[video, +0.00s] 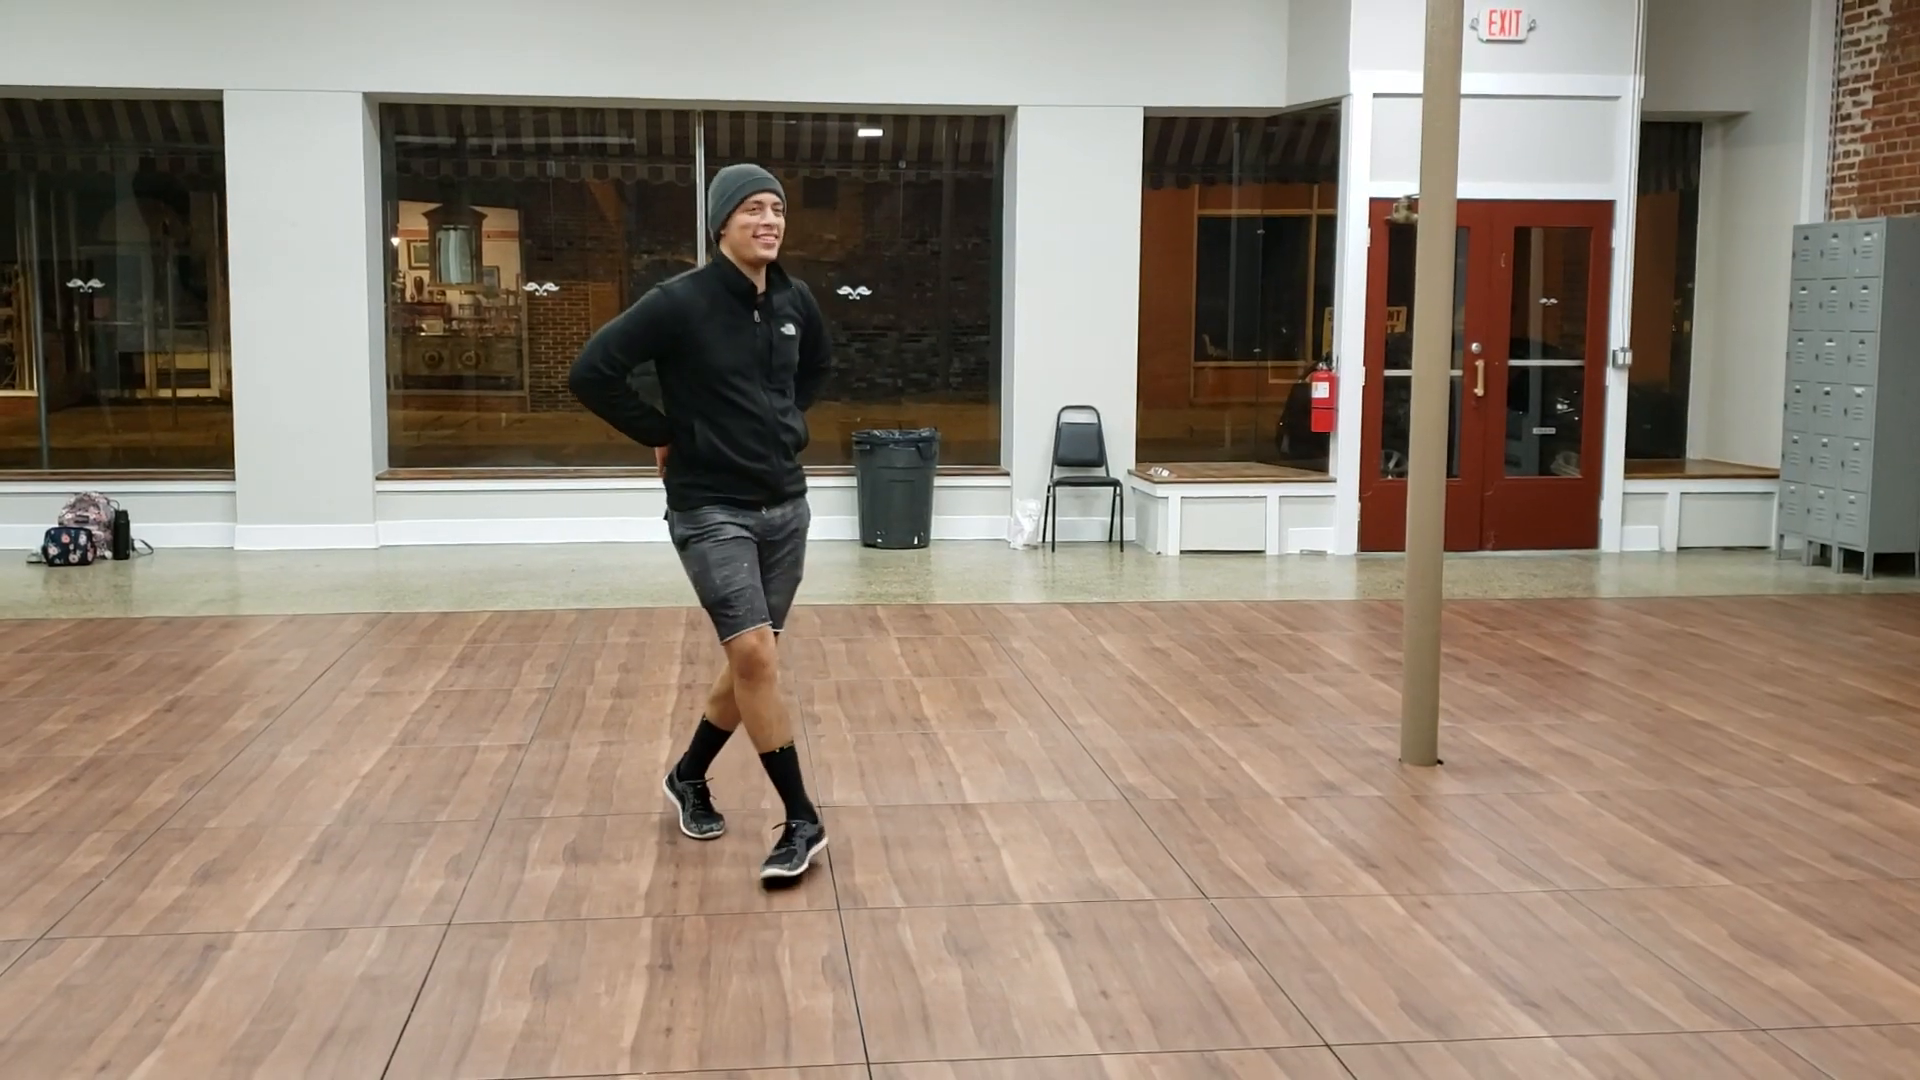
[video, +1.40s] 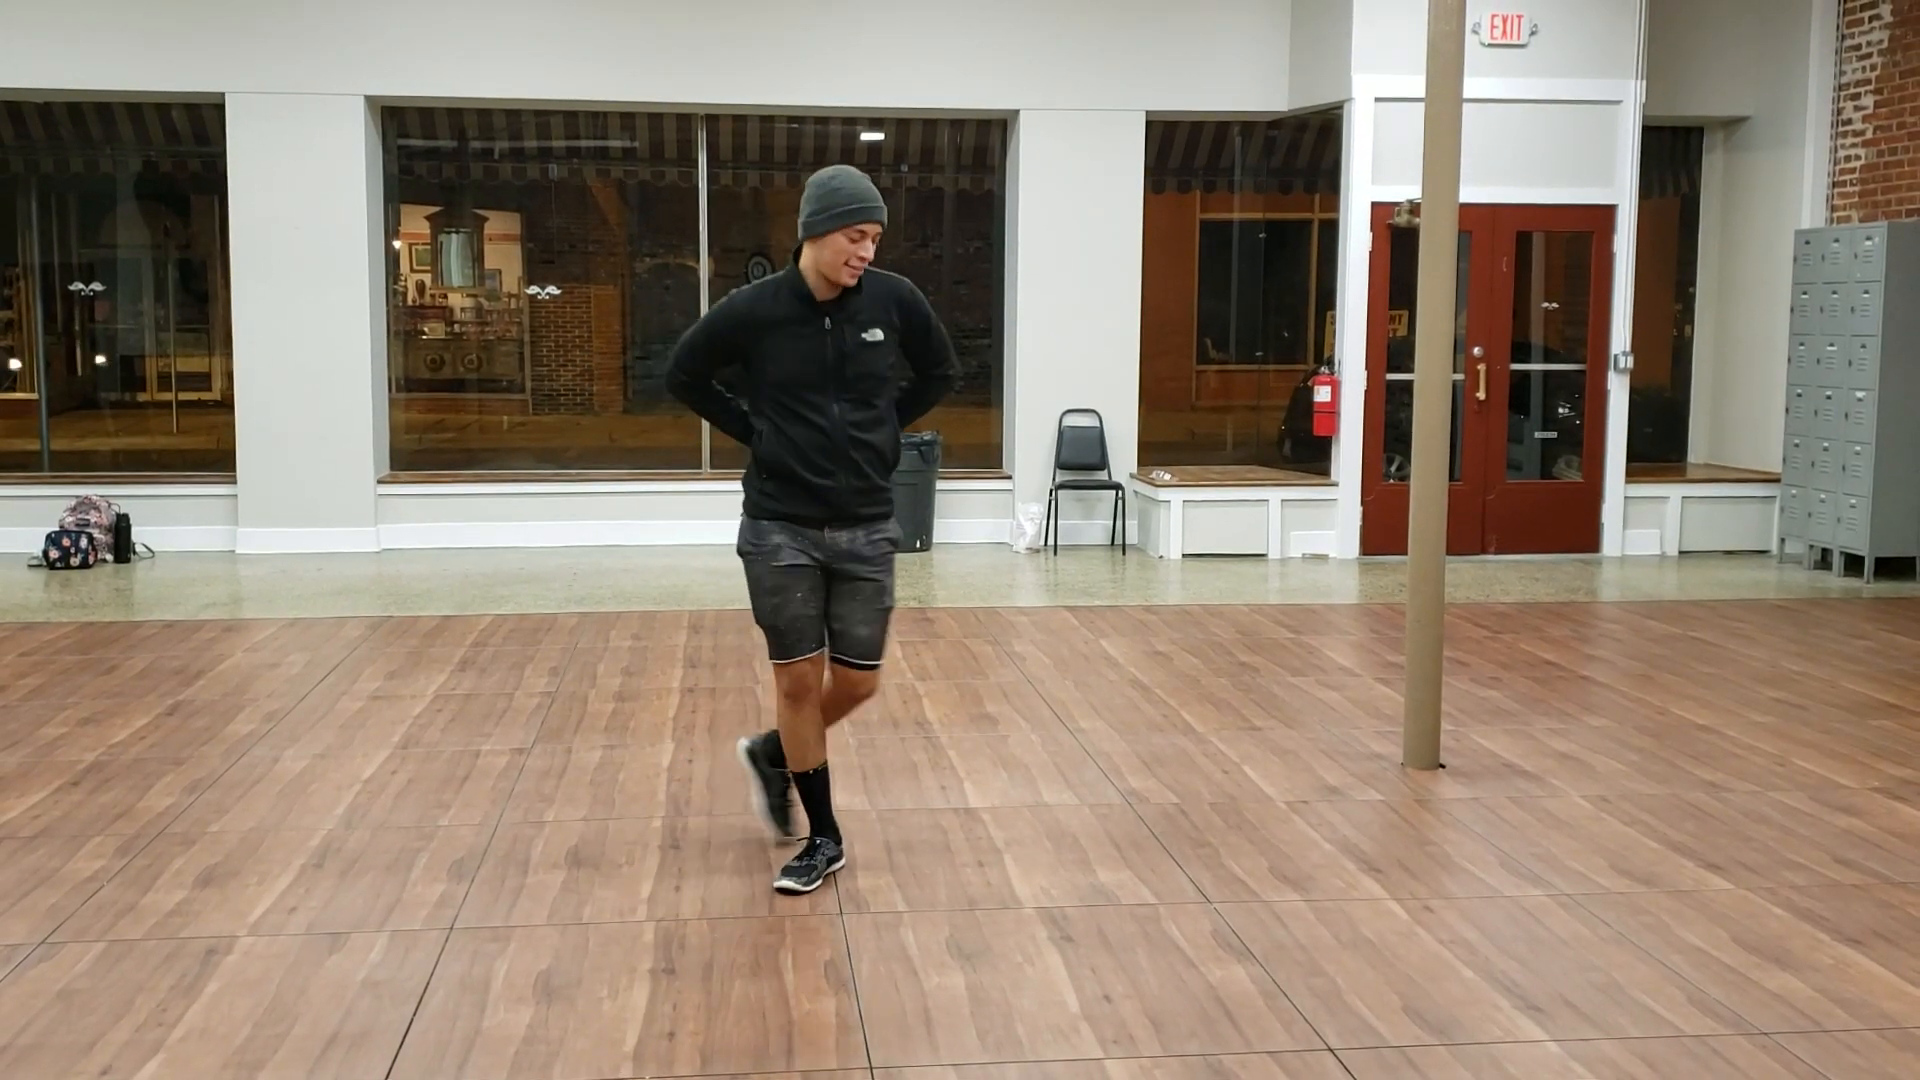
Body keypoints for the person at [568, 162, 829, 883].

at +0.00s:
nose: (769, 220)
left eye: (777, 210)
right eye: (754, 209)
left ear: (783, 226)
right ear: (719, 223)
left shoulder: (794, 302)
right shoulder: (679, 301)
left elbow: (818, 362)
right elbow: (590, 375)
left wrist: (786, 415)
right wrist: (660, 434)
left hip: (783, 504)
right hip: (707, 506)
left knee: (755, 659)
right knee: (753, 652)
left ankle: (688, 774)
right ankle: (801, 818)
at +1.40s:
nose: (863, 252)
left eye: (872, 239)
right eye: (851, 236)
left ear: (877, 241)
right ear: (811, 232)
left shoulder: (895, 300)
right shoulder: (754, 308)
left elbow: (939, 373)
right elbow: (684, 376)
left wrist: (881, 427)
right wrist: (759, 433)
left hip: (866, 525)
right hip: (781, 524)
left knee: (856, 681)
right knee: (799, 678)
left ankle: (773, 753)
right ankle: (823, 838)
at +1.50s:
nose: (867, 245)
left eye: (876, 232)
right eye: (855, 229)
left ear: (880, 237)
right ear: (814, 224)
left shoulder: (902, 297)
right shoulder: (754, 305)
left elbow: (959, 375)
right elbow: (701, 373)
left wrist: (895, 427)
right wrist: (769, 430)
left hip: (881, 523)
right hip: (789, 524)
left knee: (900, 672)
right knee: (804, 676)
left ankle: (851, 774)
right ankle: (822, 837)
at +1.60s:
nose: (872, 241)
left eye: (883, 229)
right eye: (861, 225)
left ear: (890, 234)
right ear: (824, 220)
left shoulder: (915, 297)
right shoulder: (764, 304)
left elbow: (978, 375)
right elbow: (720, 369)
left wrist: (914, 432)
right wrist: (780, 421)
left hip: (898, 523)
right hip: (802, 525)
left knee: (937, 676)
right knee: (811, 680)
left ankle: (947, 808)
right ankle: (824, 838)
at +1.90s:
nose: (918, 249)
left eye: (933, 236)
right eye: (906, 232)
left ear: (946, 247)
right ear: (878, 235)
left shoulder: (974, 320)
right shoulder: (839, 318)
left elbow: (1050, 406)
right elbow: (827, 382)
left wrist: (981, 458)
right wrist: (871, 433)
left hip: (953, 543)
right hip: (858, 538)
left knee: (1002, 695)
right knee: (819, 688)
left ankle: (1065, 841)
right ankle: (834, 826)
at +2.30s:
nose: (852, 205)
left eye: (868, 198)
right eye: (841, 192)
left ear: (884, 222)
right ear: (816, 210)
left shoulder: (912, 305)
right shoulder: (777, 297)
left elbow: (986, 397)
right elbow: (738, 350)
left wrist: (906, 448)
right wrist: (782, 408)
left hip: (874, 529)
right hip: (788, 527)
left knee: (885, 691)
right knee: (787, 680)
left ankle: (983, 817)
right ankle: (851, 817)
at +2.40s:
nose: (815, 207)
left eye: (830, 199)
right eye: (803, 196)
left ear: (850, 222)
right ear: (781, 216)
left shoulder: (886, 306)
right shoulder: (743, 301)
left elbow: (963, 390)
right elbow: (685, 358)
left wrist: (887, 450)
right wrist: (748, 415)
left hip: (845, 526)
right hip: (763, 526)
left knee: (802, 689)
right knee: (773, 691)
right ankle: (848, 822)